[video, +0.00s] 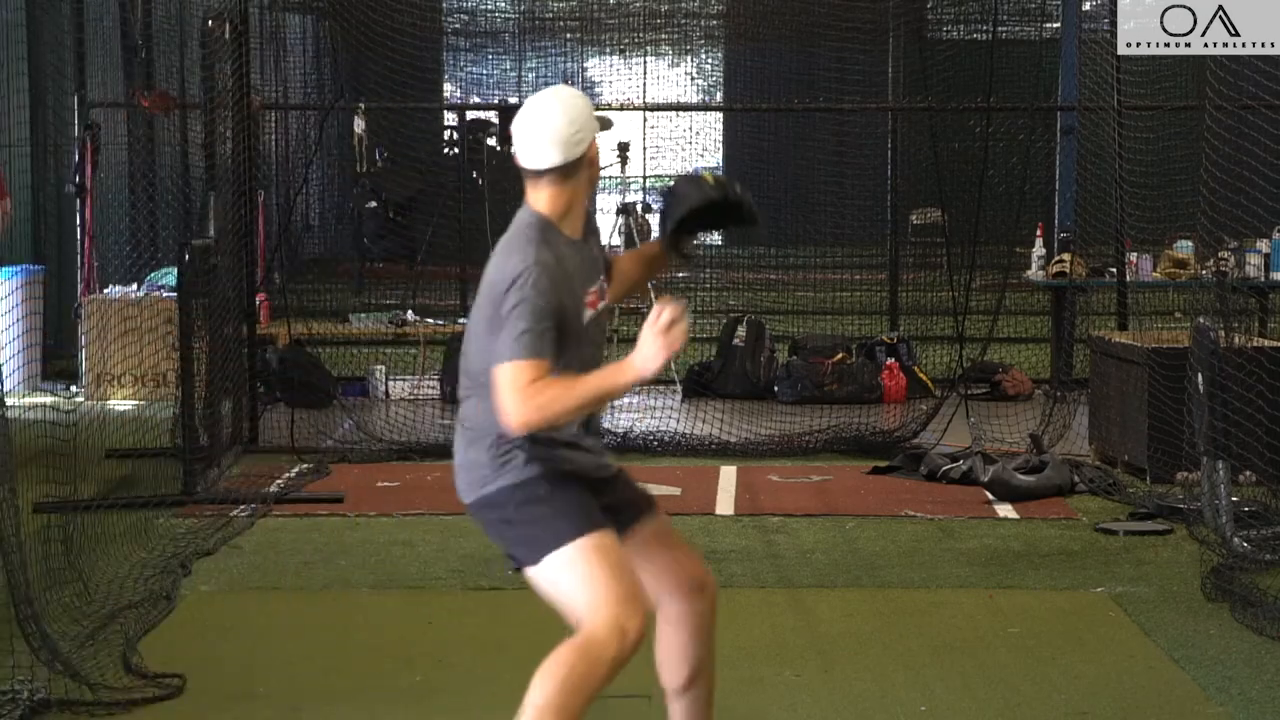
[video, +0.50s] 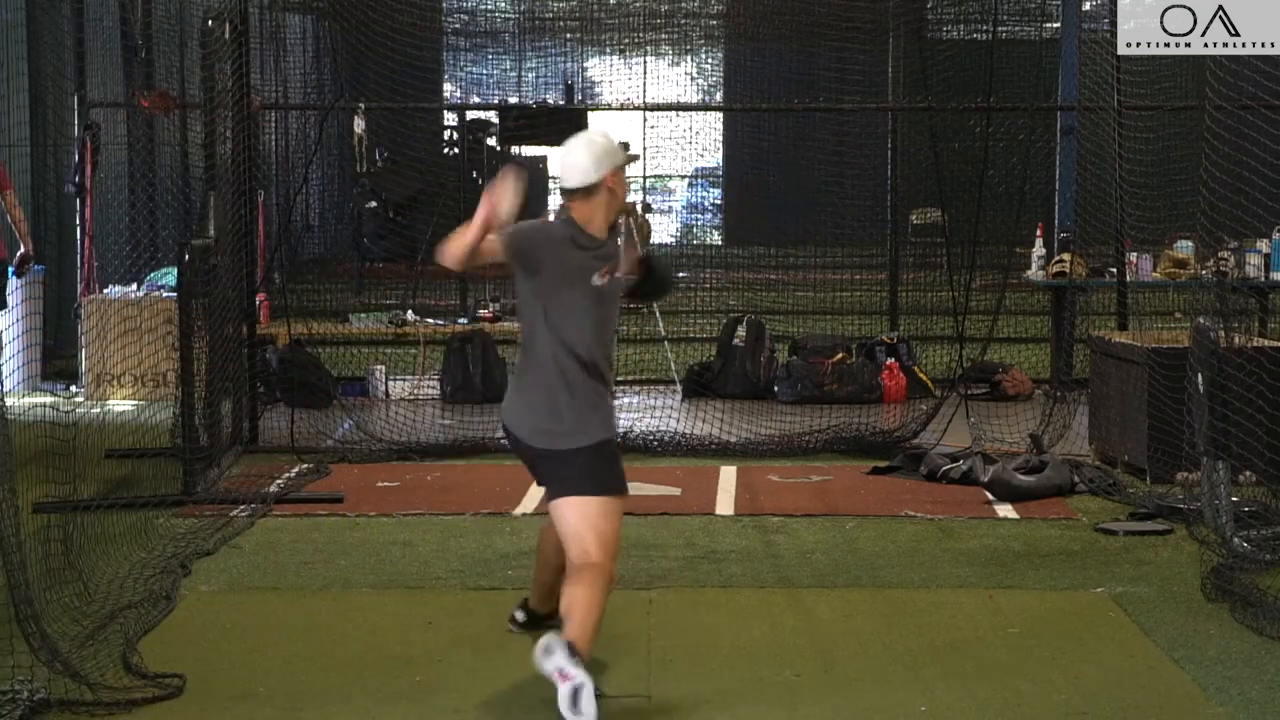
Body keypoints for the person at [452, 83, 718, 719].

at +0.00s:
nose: (601, 156)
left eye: (595, 145)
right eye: (598, 146)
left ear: (524, 161)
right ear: (591, 158)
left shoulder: (573, 232)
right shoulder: (528, 262)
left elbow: (608, 284)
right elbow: (520, 407)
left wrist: (674, 238)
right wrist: (635, 366)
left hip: (571, 454)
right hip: (512, 468)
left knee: (688, 590)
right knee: (615, 620)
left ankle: (687, 716)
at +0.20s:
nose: (632, 141)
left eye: (628, 132)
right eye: (629, 132)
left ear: (562, 143)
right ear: (624, 143)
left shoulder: (582, 194)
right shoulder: (567, 239)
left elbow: (639, 220)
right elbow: (556, 365)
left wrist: (687, 246)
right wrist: (652, 358)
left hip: (559, 396)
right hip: (504, 422)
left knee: (653, 510)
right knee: (606, 558)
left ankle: (628, 652)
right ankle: (519, 705)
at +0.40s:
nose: (645, 192)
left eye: (640, 184)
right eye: (641, 186)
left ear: (594, 191)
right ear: (624, 196)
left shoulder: (626, 227)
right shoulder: (545, 262)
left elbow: (679, 183)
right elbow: (450, 314)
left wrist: (762, 174)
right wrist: (434, 388)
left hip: (557, 410)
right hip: (517, 418)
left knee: (592, 495)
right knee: (605, 551)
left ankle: (568, 572)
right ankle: (519, 691)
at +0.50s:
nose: (627, 184)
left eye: (623, 175)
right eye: (621, 177)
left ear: (578, 187)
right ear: (606, 184)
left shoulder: (613, 241)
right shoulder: (539, 238)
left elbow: (626, 272)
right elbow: (452, 257)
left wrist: (634, 254)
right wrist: (480, 225)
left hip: (545, 416)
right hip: (566, 424)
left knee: (569, 511)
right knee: (593, 560)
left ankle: (539, 608)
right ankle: (571, 655)